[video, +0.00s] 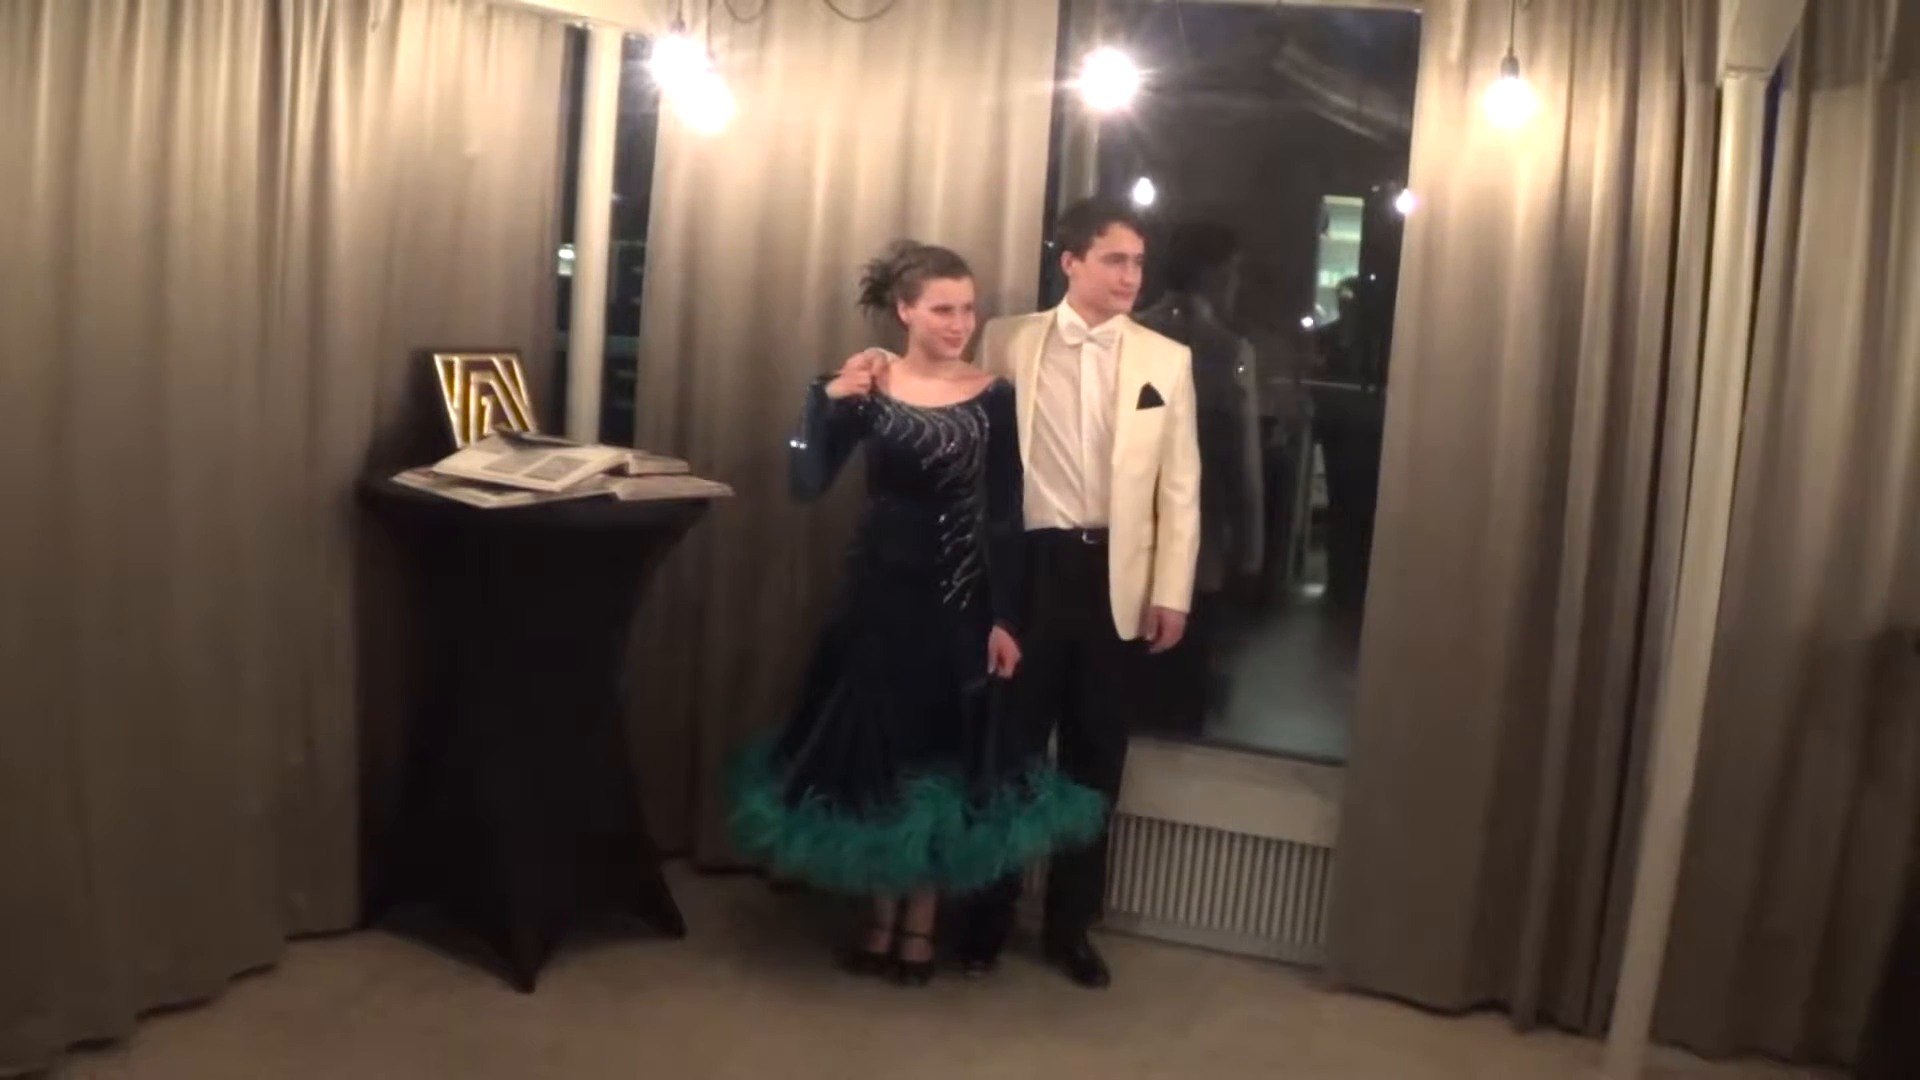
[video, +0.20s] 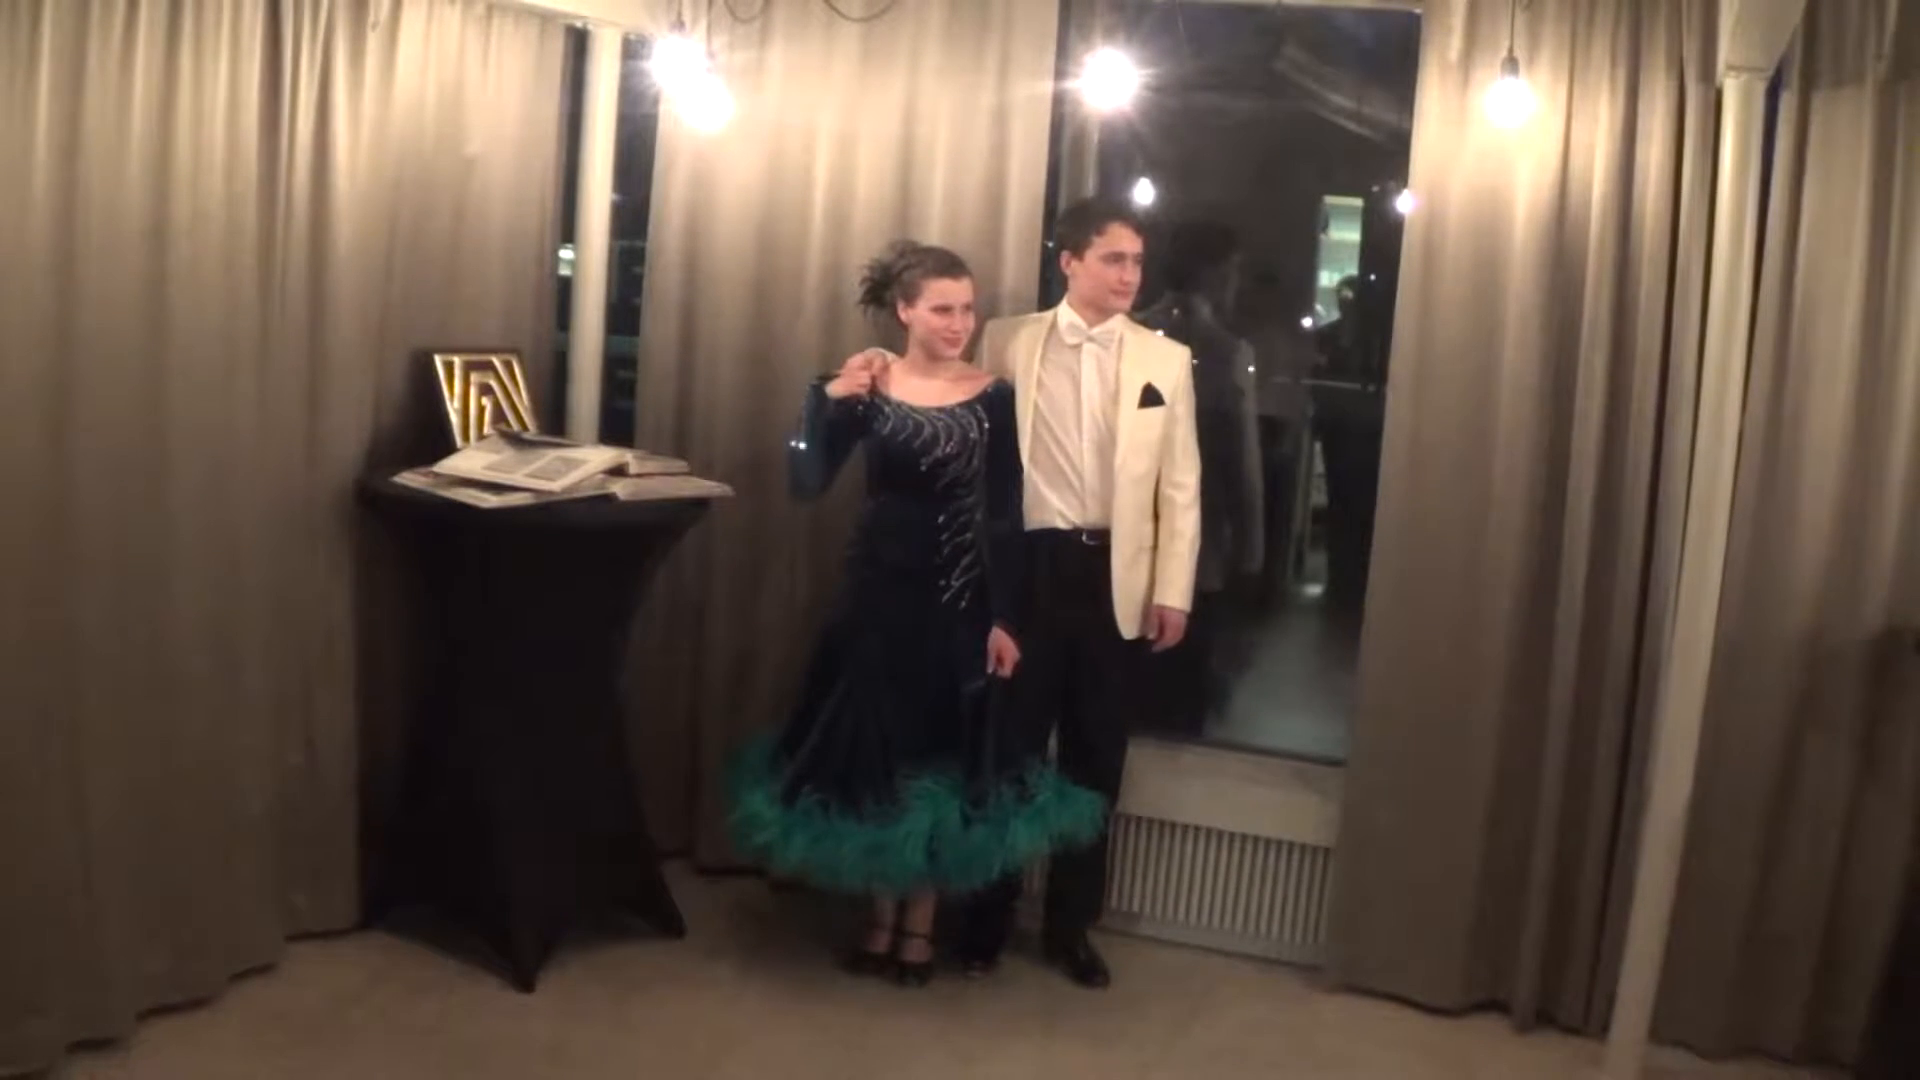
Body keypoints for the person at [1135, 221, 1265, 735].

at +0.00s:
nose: (1238, 283)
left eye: (1237, 272)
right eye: (1233, 272)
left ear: (1175, 266)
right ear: (1217, 273)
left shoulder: (1137, 332)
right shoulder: (1228, 348)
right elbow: (1241, 455)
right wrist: (1249, 548)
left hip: (1133, 497)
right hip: (1197, 513)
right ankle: (1185, 703)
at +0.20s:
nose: (1238, 283)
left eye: (1239, 271)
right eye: (1233, 271)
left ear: (1176, 265)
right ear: (1218, 273)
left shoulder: (1137, 330)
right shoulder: (1224, 349)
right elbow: (1240, 456)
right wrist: (1251, 545)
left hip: (1133, 495)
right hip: (1196, 512)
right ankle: (1186, 701)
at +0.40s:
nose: (1239, 281)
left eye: (1240, 270)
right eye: (1233, 270)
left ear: (1176, 266)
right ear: (1214, 272)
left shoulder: (1135, 333)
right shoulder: (1229, 350)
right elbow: (1243, 457)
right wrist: (1251, 549)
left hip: (1133, 508)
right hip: (1200, 523)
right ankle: (1187, 704)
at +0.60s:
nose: (1240, 281)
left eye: (1240, 270)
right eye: (1232, 269)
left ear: (1177, 266)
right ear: (1211, 271)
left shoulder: (1137, 331)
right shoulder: (1227, 348)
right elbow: (1241, 454)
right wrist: (1251, 548)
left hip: (1135, 501)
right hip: (1197, 516)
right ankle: (1189, 703)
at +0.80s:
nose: (1240, 281)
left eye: (1240, 270)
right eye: (1233, 269)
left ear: (1177, 265)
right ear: (1213, 271)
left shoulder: (1136, 332)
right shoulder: (1225, 350)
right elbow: (1240, 456)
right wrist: (1250, 549)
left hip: (1133, 504)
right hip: (1197, 520)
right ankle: (1190, 702)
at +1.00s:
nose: (1237, 280)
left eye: (1238, 268)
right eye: (1231, 268)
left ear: (1170, 263)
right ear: (1212, 271)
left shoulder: (1135, 330)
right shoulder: (1213, 347)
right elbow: (1232, 457)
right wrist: (1248, 545)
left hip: (1135, 496)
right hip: (1190, 513)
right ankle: (1181, 698)